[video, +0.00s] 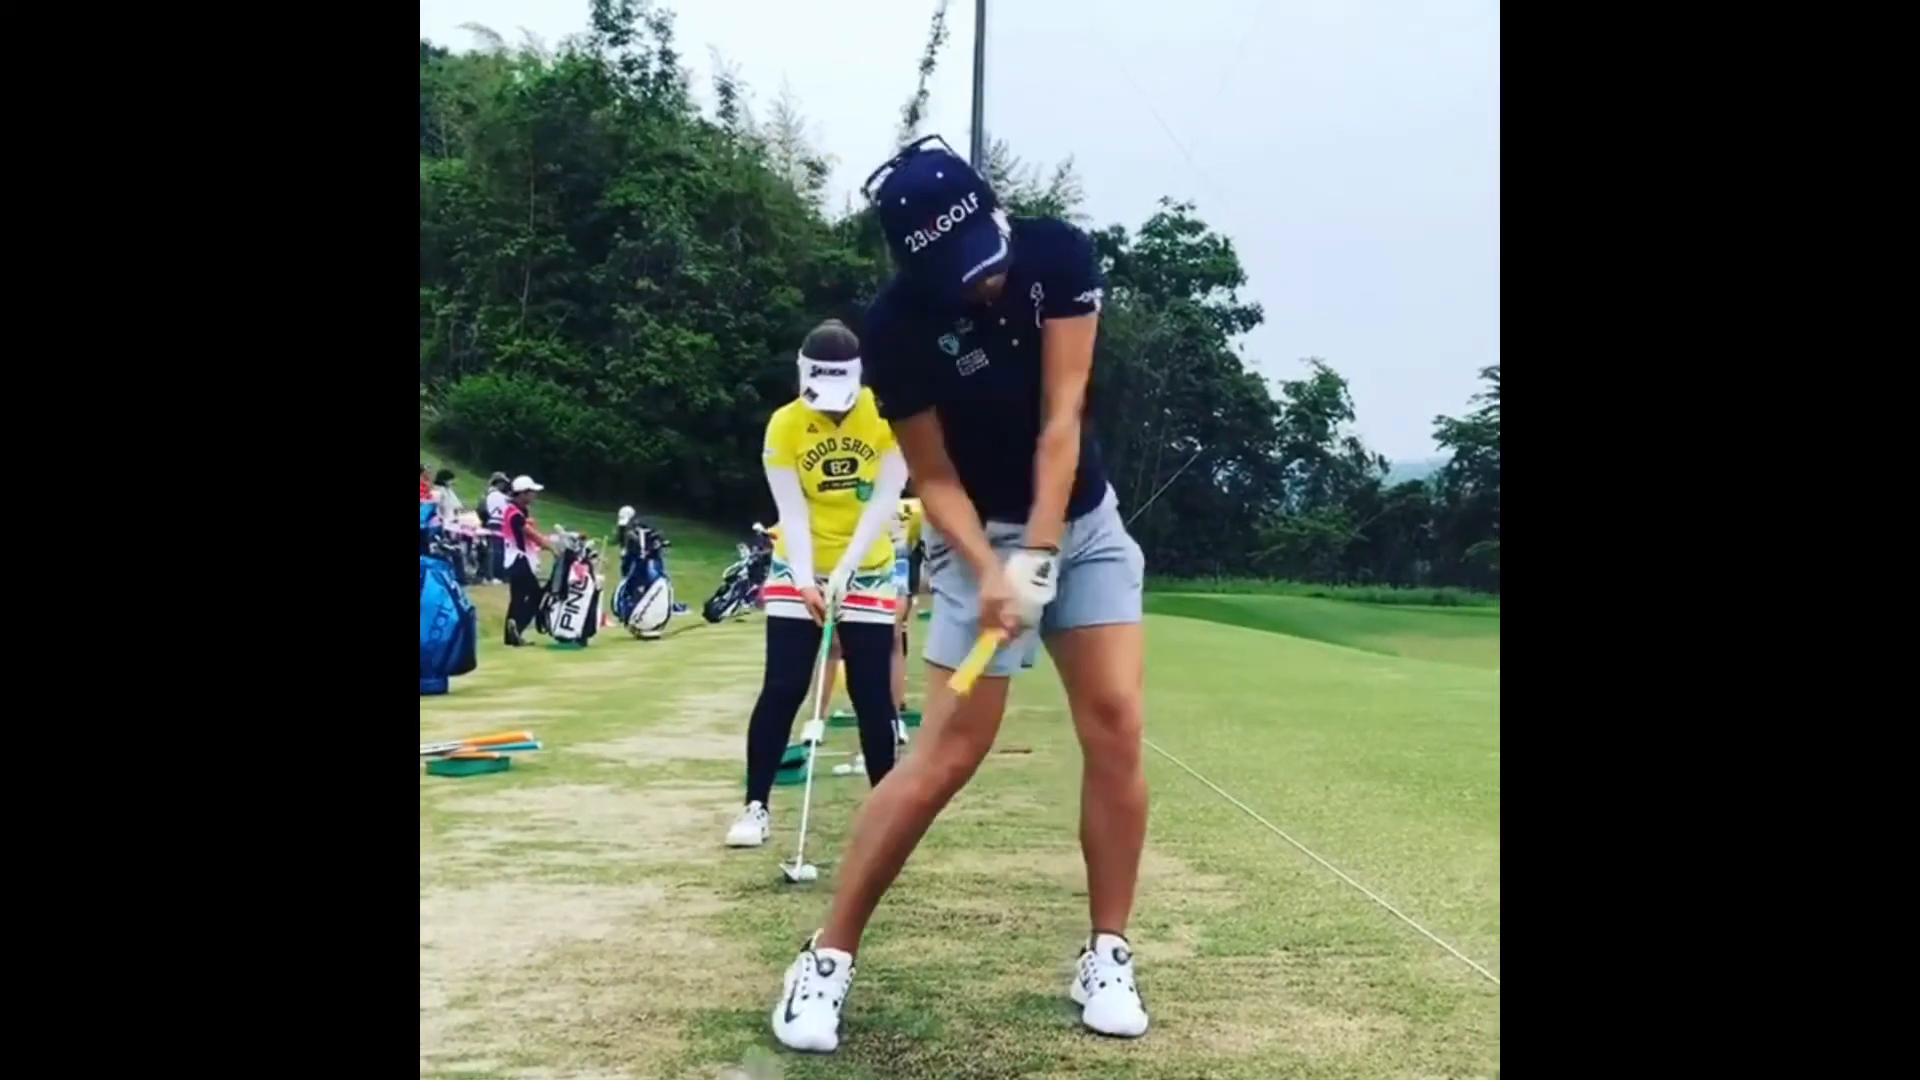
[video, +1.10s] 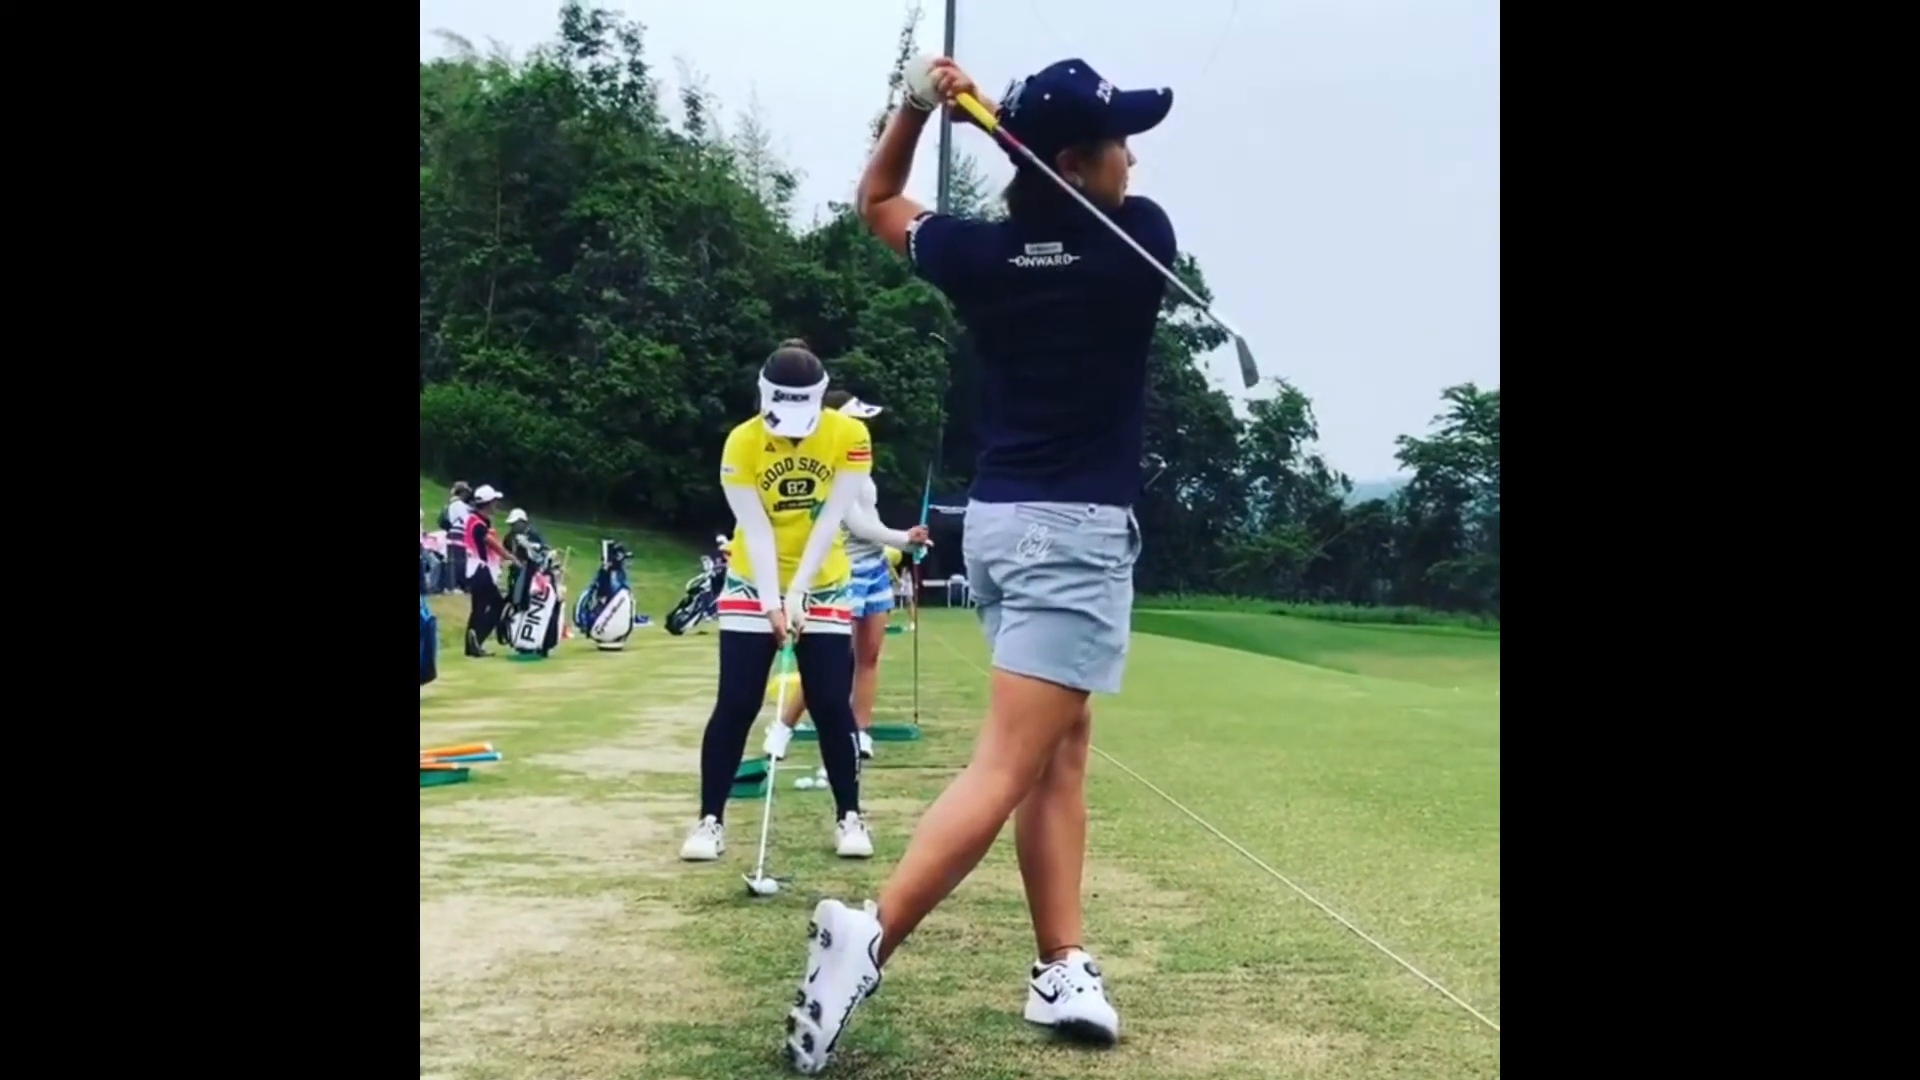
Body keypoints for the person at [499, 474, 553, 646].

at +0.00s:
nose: (534, 496)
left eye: (533, 492)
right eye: (530, 492)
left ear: (522, 495)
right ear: (520, 494)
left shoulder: (519, 512)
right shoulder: (515, 515)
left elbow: (532, 533)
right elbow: (532, 535)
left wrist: (549, 541)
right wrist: (551, 546)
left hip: (518, 557)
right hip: (517, 558)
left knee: (517, 595)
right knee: (536, 592)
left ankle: (511, 634)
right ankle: (517, 625)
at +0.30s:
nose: (518, 498)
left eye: (517, 494)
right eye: (515, 495)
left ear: (502, 496)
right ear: (507, 496)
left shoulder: (494, 513)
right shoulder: (500, 518)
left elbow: (514, 536)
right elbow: (517, 539)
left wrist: (533, 543)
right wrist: (535, 550)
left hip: (497, 558)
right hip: (502, 560)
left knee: (500, 598)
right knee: (519, 595)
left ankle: (494, 635)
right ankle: (500, 628)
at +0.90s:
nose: (497, 504)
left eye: (497, 500)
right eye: (495, 501)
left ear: (481, 501)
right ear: (488, 502)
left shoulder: (475, 519)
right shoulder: (480, 523)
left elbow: (493, 541)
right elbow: (496, 544)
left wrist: (510, 551)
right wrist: (514, 554)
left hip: (475, 563)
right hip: (481, 566)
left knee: (480, 603)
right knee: (498, 601)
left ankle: (473, 642)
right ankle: (479, 634)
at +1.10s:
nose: (496, 506)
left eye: (495, 502)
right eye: (494, 502)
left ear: (480, 503)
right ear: (486, 504)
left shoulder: (474, 521)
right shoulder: (478, 525)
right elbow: (496, 546)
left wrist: (508, 557)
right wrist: (514, 559)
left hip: (475, 565)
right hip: (479, 568)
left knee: (479, 606)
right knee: (498, 602)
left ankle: (472, 645)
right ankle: (478, 636)